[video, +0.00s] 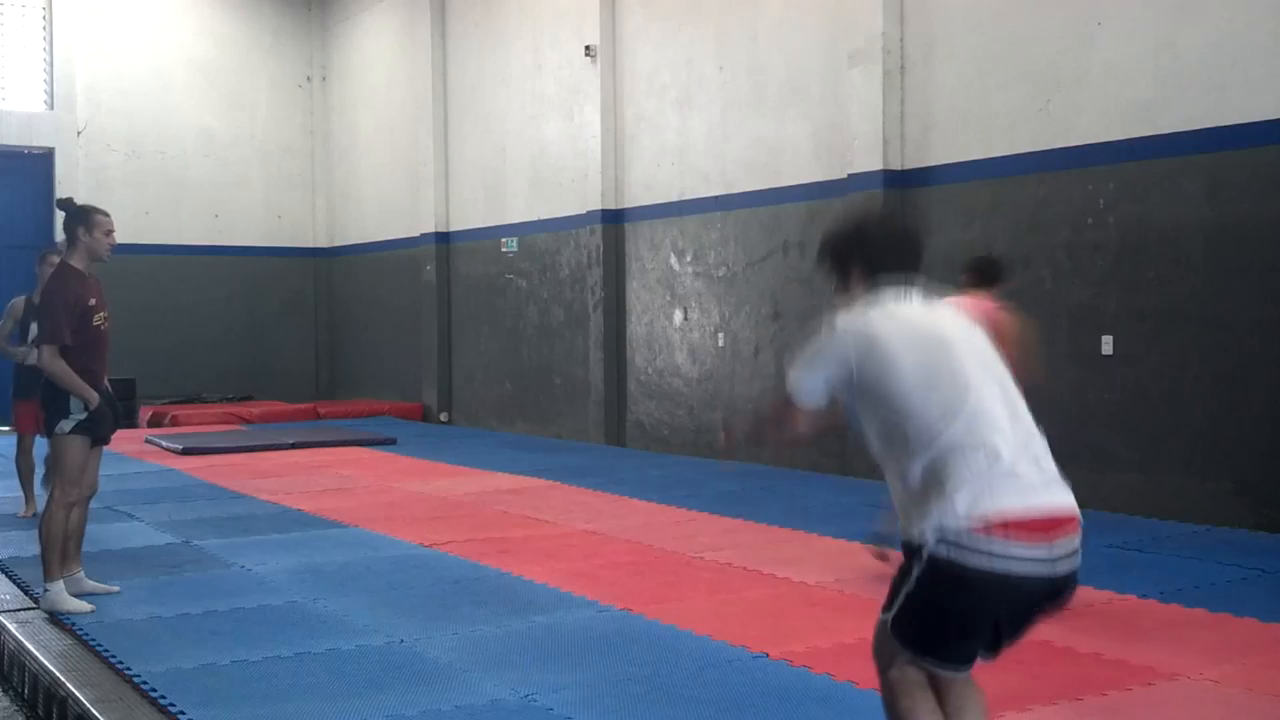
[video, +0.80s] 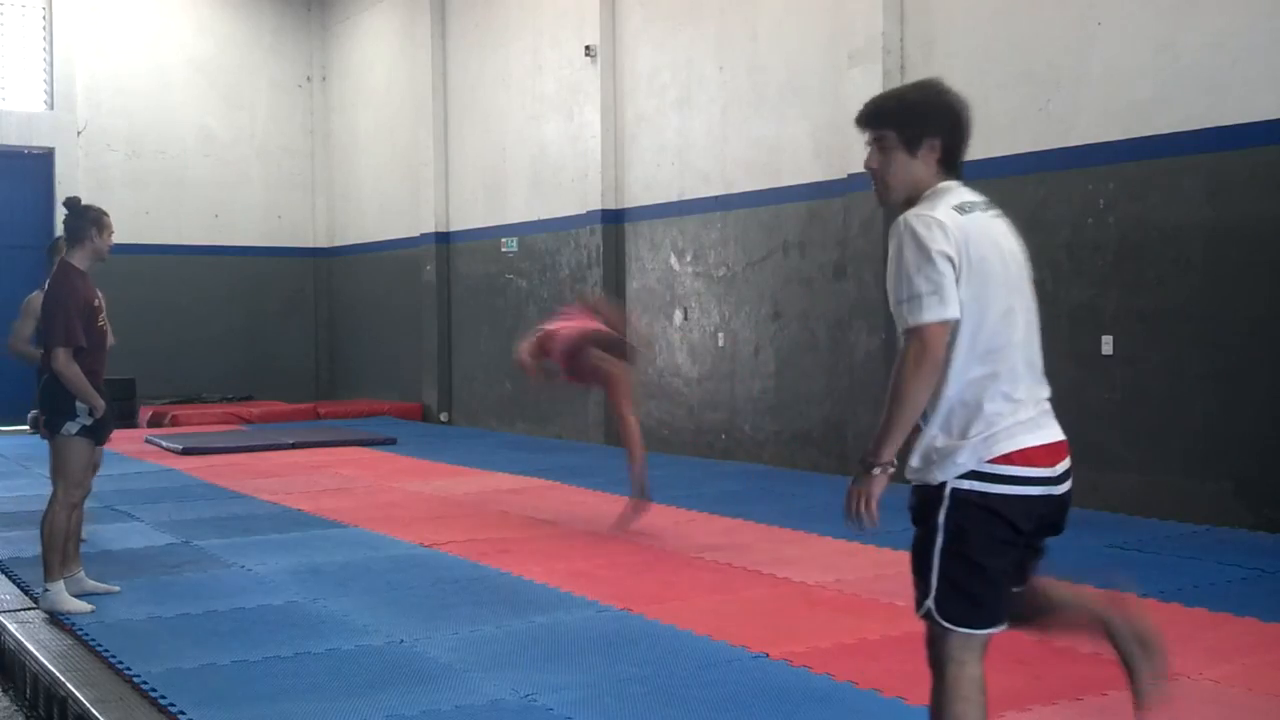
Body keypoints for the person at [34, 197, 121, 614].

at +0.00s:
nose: (113, 240)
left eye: (112, 233)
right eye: (106, 233)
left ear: (87, 237)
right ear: (80, 235)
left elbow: (89, 347)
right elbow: (47, 359)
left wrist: (106, 392)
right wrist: (94, 399)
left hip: (92, 395)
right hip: (68, 399)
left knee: (85, 491)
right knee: (64, 492)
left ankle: (73, 574)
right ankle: (53, 588)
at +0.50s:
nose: (114, 240)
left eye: (113, 232)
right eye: (109, 233)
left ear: (86, 235)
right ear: (86, 235)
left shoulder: (80, 278)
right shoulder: (64, 284)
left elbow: (78, 347)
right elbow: (57, 361)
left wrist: (96, 395)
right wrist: (94, 404)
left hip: (85, 397)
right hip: (68, 401)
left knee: (82, 490)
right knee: (66, 494)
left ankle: (73, 574)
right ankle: (53, 589)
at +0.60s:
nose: (114, 240)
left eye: (113, 232)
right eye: (109, 233)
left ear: (85, 235)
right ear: (88, 235)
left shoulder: (80, 279)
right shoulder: (65, 284)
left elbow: (83, 341)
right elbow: (58, 360)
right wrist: (95, 402)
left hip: (84, 398)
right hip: (69, 401)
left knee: (80, 490)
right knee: (66, 493)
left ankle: (73, 574)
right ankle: (53, 589)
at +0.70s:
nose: (113, 240)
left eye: (112, 233)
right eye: (109, 233)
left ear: (85, 236)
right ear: (89, 236)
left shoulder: (79, 278)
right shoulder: (66, 284)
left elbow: (81, 344)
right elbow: (59, 360)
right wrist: (96, 403)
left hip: (84, 398)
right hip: (70, 401)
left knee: (80, 489)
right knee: (67, 493)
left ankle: (73, 574)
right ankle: (53, 589)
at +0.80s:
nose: (113, 240)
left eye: (111, 233)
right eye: (108, 234)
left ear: (85, 236)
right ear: (90, 236)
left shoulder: (79, 280)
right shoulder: (66, 285)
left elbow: (80, 347)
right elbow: (59, 358)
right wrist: (96, 403)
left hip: (87, 399)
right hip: (70, 401)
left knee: (79, 491)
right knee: (66, 494)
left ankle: (72, 574)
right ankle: (53, 589)